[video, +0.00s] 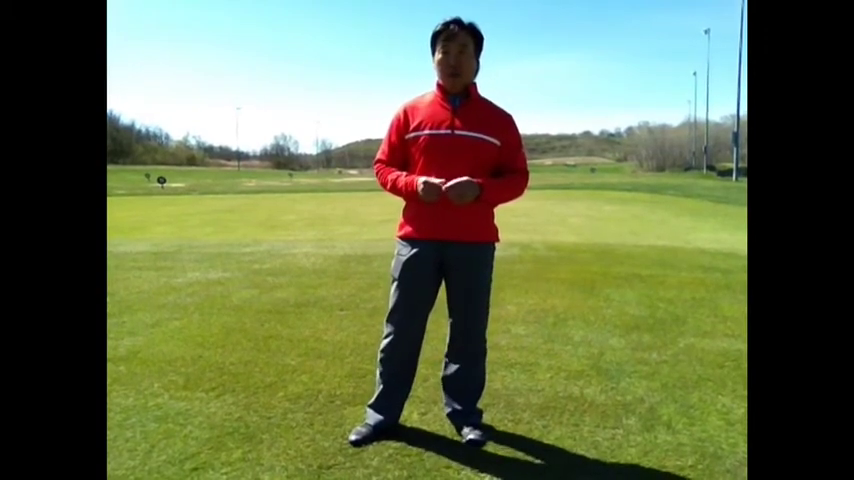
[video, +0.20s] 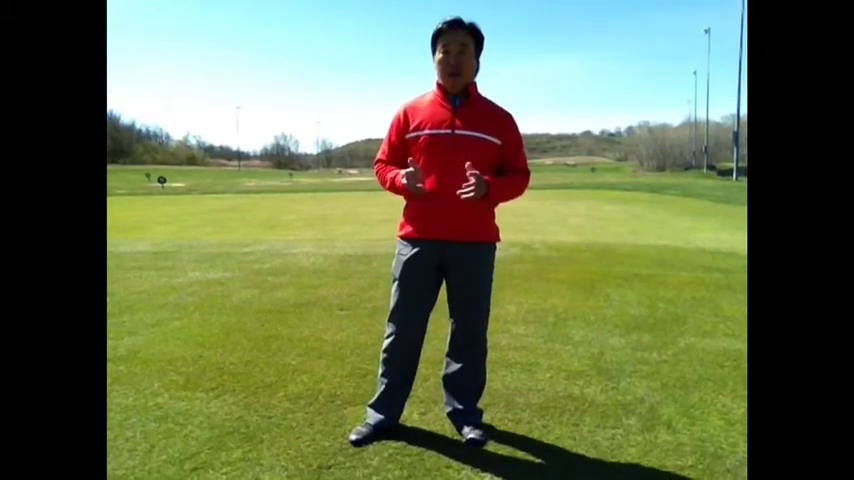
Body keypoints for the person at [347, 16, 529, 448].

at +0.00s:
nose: (451, 58)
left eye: (461, 51)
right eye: (444, 50)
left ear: (478, 59)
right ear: (433, 58)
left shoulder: (499, 121)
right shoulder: (409, 114)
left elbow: (518, 179)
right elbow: (383, 169)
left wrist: (481, 190)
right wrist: (414, 184)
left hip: (473, 245)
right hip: (417, 241)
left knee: (469, 334)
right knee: (400, 330)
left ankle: (466, 416)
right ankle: (382, 415)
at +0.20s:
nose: (452, 59)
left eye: (462, 51)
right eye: (445, 51)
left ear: (478, 59)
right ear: (433, 58)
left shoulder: (499, 120)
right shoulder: (410, 114)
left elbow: (519, 176)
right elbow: (383, 165)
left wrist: (490, 187)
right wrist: (400, 179)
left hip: (474, 244)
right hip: (418, 240)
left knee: (470, 333)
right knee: (401, 330)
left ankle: (466, 415)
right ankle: (382, 415)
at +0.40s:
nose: (452, 58)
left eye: (462, 50)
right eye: (445, 50)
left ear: (478, 59)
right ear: (433, 58)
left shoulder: (499, 120)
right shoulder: (409, 115)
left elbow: (519, 175)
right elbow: (384, 166)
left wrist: (494, 188)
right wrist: (400, 180)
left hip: (475, 243)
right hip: (419, 240)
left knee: (471, 333)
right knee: (401, 329)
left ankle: (467, 415)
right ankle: (383, 414)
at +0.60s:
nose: (452, 59)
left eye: (462, 51)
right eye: (445, 51)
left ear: (477, 59)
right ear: (433, 58)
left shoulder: (499, 120)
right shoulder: (410, 114)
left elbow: (519, 175)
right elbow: (384, 166)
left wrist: (493, 189)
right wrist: (400, 180)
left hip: (475, 244)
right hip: (419, 240)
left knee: (472, 333)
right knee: (402, 329)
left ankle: (466, 414)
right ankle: (383, 414)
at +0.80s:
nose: (452, 59)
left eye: (462, 51)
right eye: (445, 51)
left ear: (477, 59)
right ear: (433, 59)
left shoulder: (499, 121)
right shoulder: (410, 115)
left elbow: (519, 176)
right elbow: (385, 167)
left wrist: (493, 188)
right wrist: (402, 181)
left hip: (476, 244)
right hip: (420, 241)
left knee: (472, 334)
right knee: (402, 330)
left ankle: (466, 414)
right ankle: (383, 414)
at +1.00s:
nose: (452, 58)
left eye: (462, 50)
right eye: (444, 51)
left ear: (477, 57)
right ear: (433, 59)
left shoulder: (501, 120)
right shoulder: (413, 115)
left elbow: (522, 176)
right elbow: (387, 169)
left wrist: (491, 187)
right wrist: (411, 181)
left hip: (478, 245)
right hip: (422, 241)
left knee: (473, 334)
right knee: (405, 330)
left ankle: (468, 415)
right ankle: (384, 414)